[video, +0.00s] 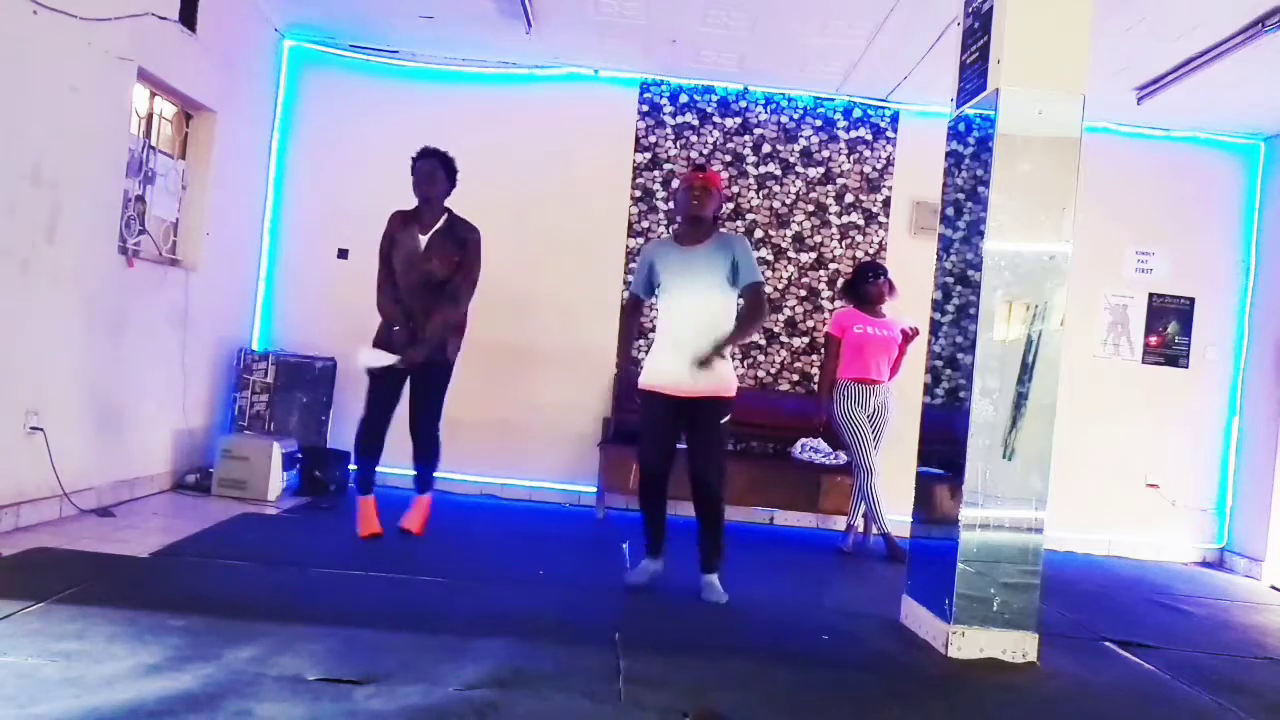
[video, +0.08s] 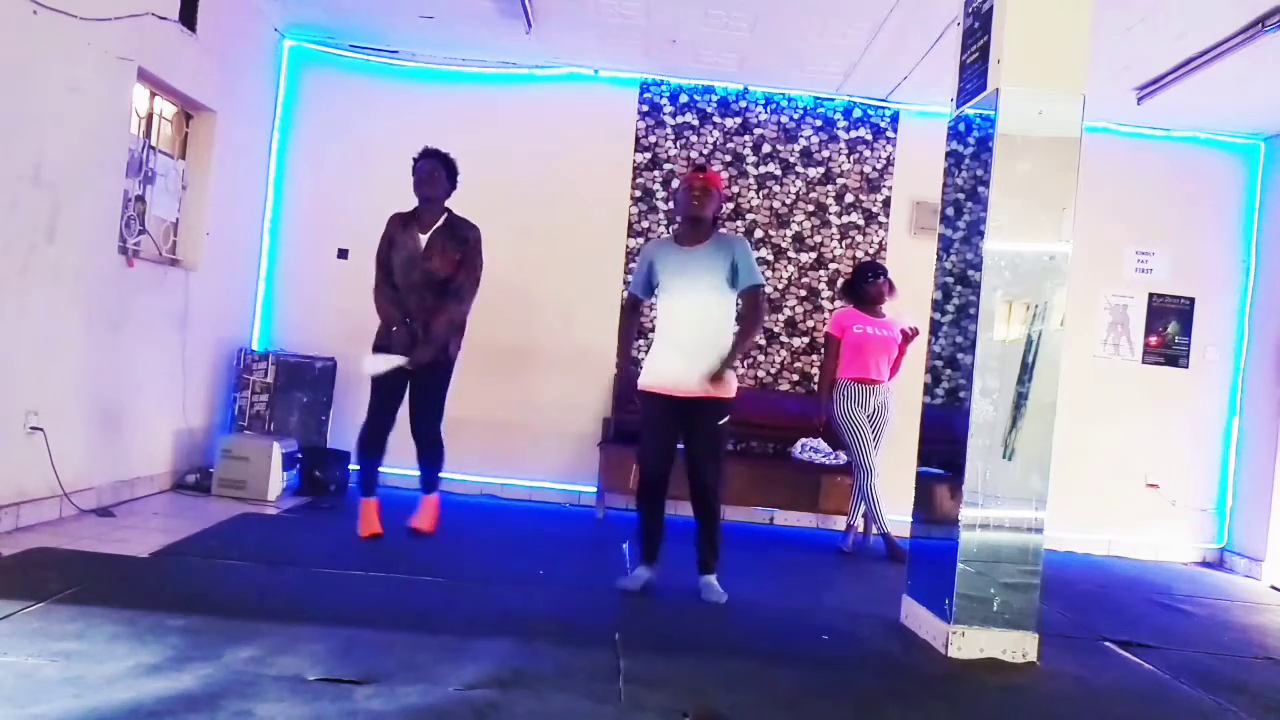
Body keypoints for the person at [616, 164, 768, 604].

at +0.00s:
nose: (696, 199)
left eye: (705, 193)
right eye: (689, 191)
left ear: (719, 202)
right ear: (677, 198)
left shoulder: (735, 248)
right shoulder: (655, 251)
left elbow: (757, 307)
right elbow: (631, 308)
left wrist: (725, 344)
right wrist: (624, 358)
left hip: (711, 387)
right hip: (659, 384)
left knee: (707, 480)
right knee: (651, 473)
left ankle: (710, 573)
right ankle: (653, 557)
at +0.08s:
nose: (697, 198)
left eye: (705, 193)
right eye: (691, 191)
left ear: (719, 203)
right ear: (678, 198)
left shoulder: (735, 249)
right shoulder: (655, 251)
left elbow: (755, 313)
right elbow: (631, 308)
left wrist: (729, 361)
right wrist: (624, 359)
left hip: (711, 391)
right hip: (659, 387)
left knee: (706, 486)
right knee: (650, 478)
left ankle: (708, 573)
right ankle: (646, 563)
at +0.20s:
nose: (696, 199)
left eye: (704, 194)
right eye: (689, 193)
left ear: (717, 205)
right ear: (675, 200)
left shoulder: (732, 253)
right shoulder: (654, 252)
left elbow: (746, 321)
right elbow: (625, 310)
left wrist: (755, 381)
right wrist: (626, 357)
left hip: (706, 390)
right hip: (655, 387)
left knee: (702, 485)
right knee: (646, 480)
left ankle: (708, 573)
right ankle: (643, 567)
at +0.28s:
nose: (689, 197)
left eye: (698, 193)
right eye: (683, 191)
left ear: (712, 206)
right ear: (669, 201)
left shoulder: (727, 253)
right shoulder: (649, 253)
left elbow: (745, 323)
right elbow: (619, 310)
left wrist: (766, 385)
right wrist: (630, 328)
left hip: (694, 387)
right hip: (642, 385)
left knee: (692, 482)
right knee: (636, 479)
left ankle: (708, 572)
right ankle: (641, 566)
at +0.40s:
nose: (686, 198)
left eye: (694, 193)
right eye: (680, 191)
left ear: (708, 203)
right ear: (668, 198)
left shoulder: (724, 253)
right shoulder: (643, 251)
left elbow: (746, 323)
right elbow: (611, 310)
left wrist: (770, 384)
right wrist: (636, 298)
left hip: (686, 384)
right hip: (636, 382)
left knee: (681, 481)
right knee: (635, 479)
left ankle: (699, 568)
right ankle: (641, 568)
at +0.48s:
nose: (683, 193)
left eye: (692, 188)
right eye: (677, 186)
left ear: (706, 201)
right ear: (665, 195)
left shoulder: (721, 253)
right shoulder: (638, 244)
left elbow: (743, 320)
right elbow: (601, 301)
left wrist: (771, 379)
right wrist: (631, 277)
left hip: (687, 381)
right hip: (635, 379)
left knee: (682, 476)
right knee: (633, 475)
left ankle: (672, 566)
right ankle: (638, 565)